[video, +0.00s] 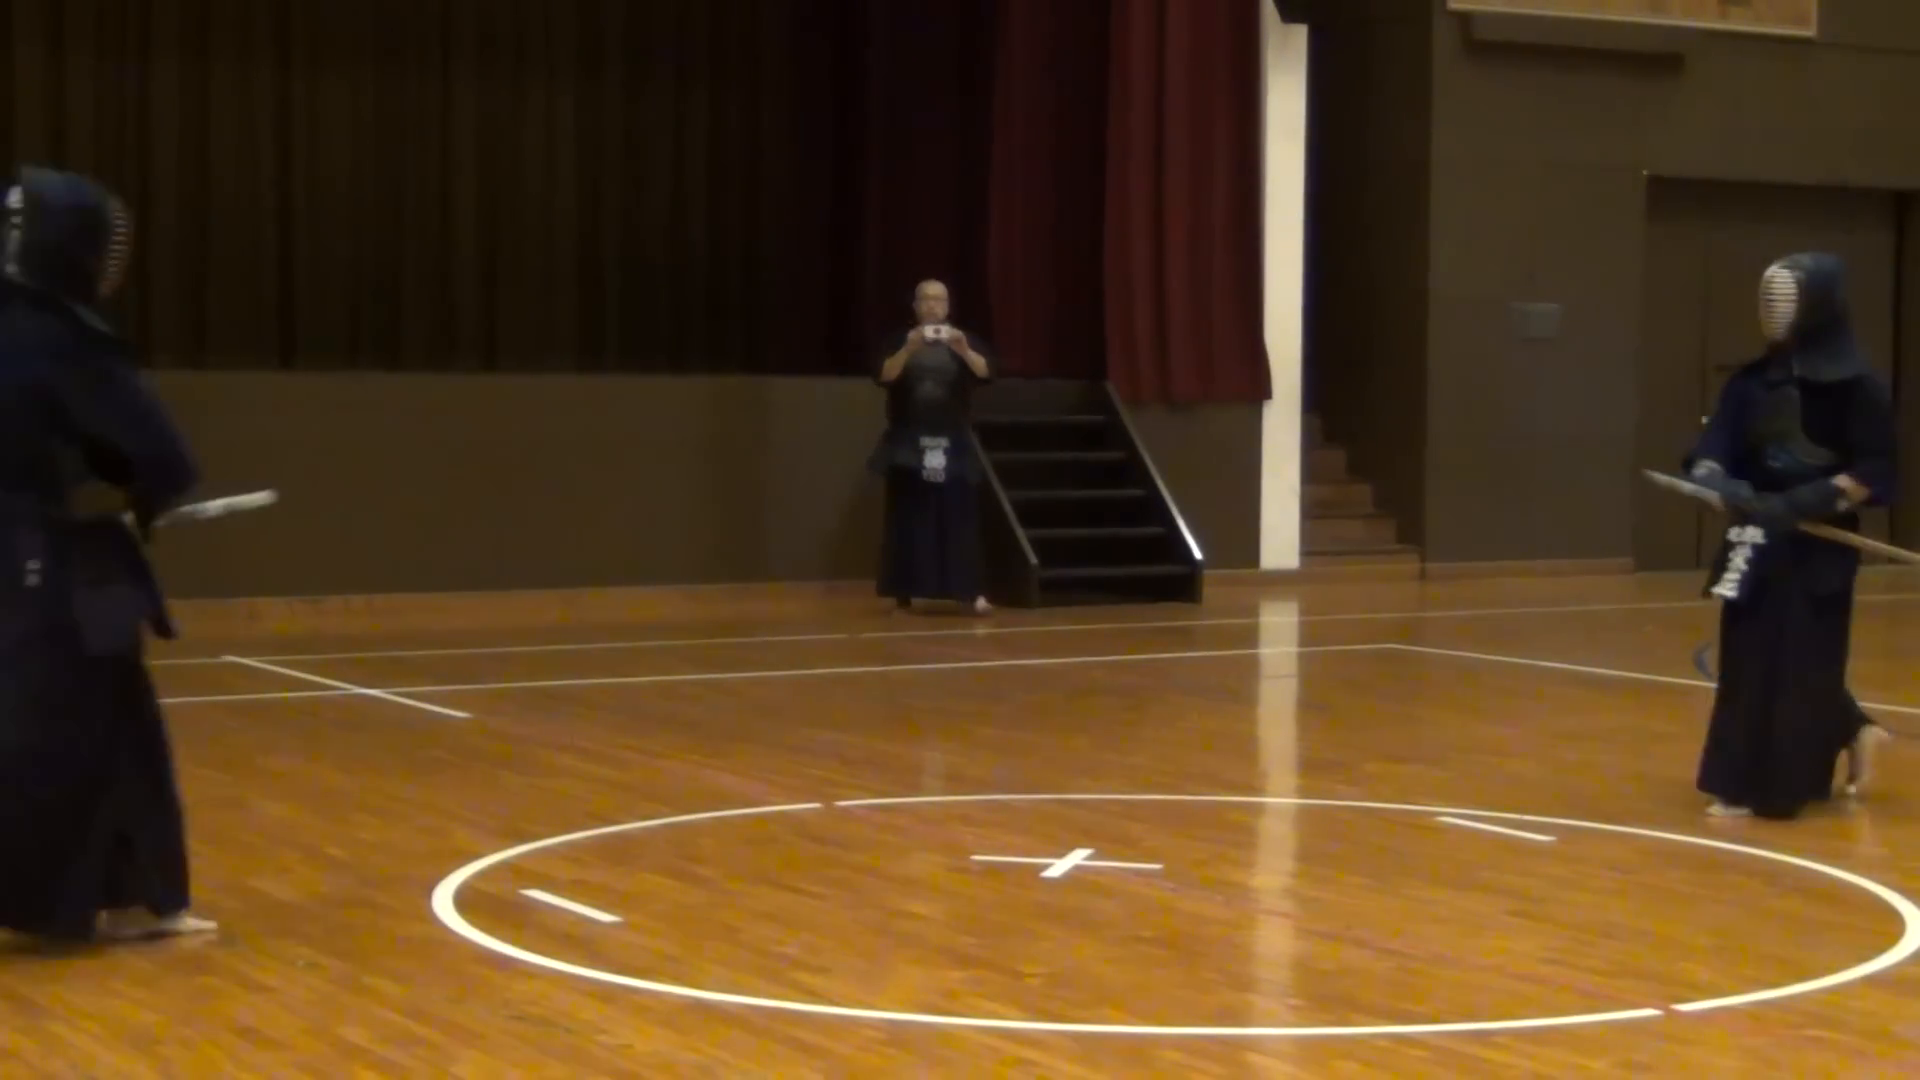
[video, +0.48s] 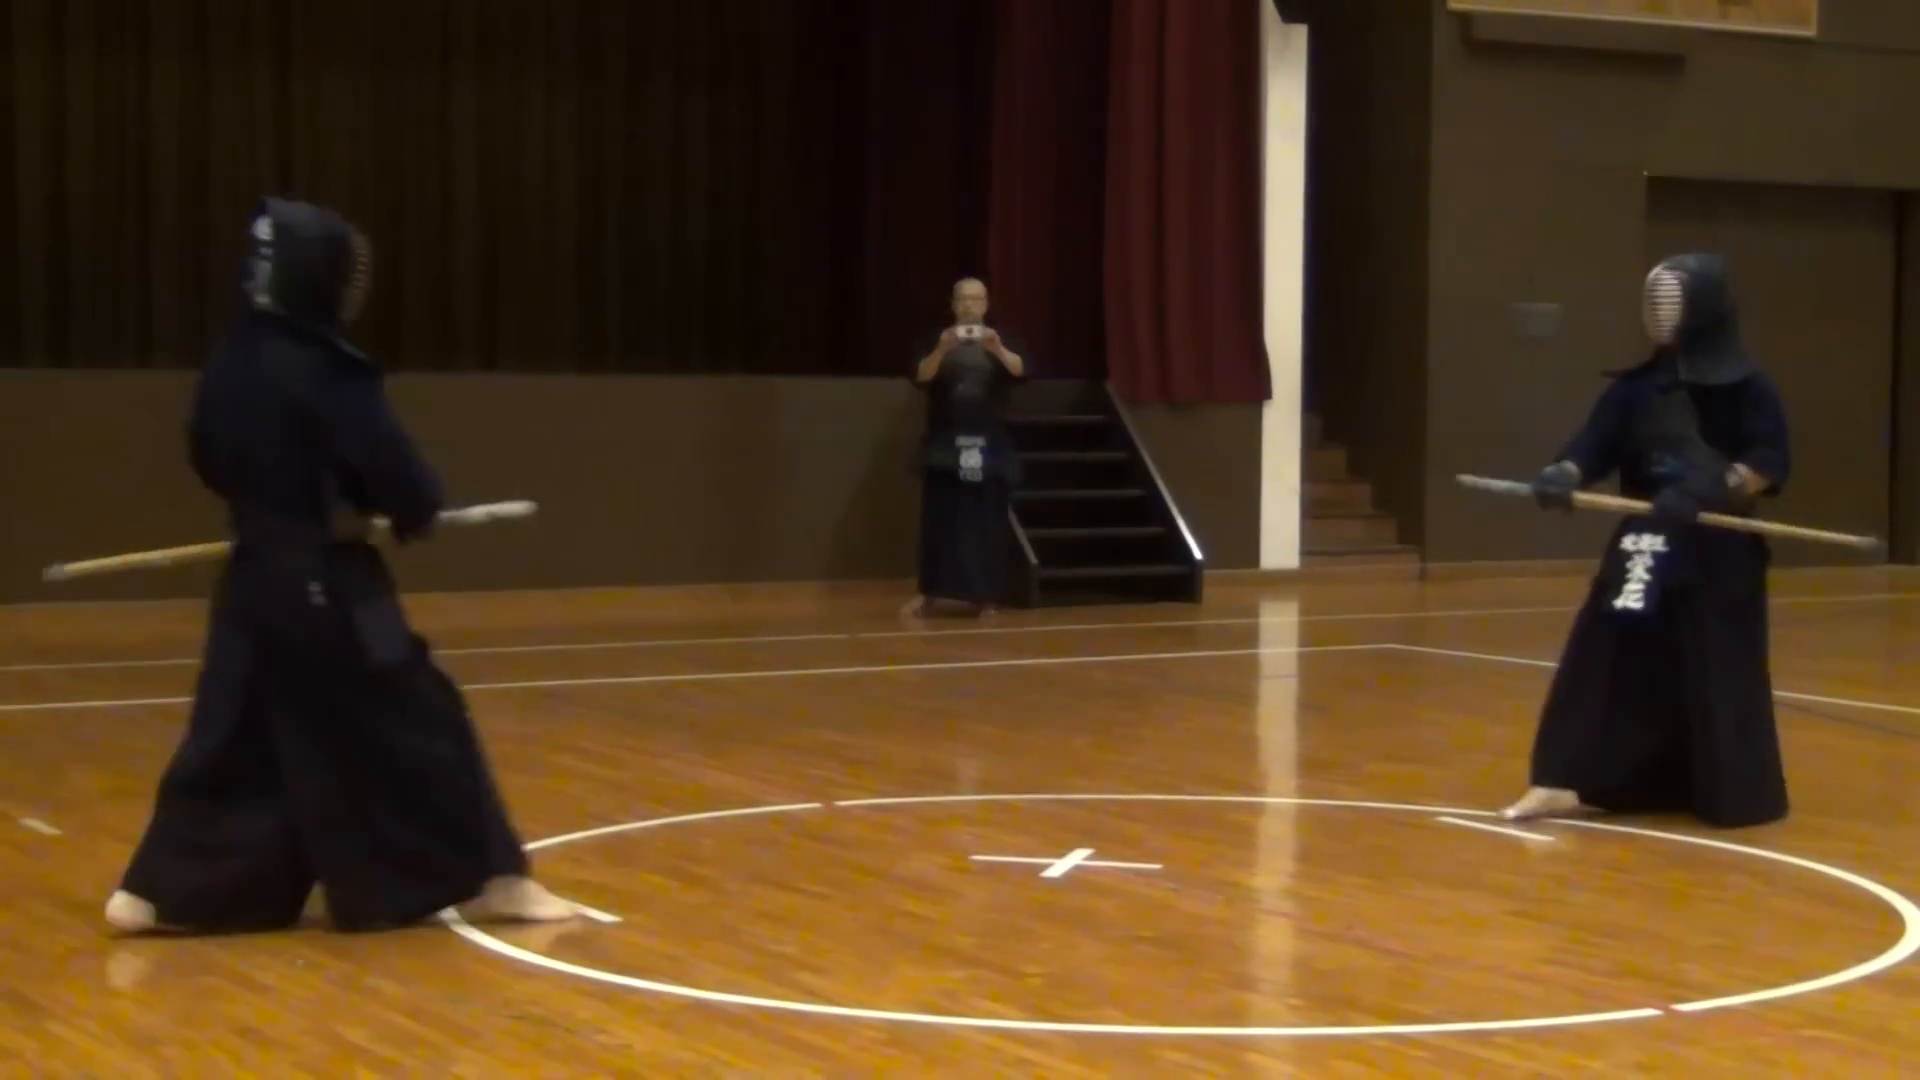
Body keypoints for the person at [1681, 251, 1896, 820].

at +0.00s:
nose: (1771, 312)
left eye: (1783, 301)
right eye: (1768, 301)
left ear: (1818, 305)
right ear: (1766, 304)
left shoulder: (1853, 386)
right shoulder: (1754, 379)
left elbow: (1873, 473)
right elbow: (1717, 440)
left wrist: (1796, 503)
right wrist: (1713, 472)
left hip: (1818, 539)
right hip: (1755, 532)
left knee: (1792, 656)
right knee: (1750, 651)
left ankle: (1746, 788)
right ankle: (1857, 734)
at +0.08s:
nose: (1752, 306)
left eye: (1764, 295)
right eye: (1749, 295)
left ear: (1797, 298)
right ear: (1745, 298)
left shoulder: (1830, 374)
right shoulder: (1735, 373)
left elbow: (1849, 466)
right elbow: (1691, 440)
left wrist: (1765, 494)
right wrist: (1695, 471)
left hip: (1803, 538)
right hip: (1741, 531)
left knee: (1780, 656)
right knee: (1734, 648)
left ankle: (1764, 787)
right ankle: (1814, 717)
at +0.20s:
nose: (1725, 299)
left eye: (1736, 288)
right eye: (1721, 287)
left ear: (1771, 291)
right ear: (1718, 292)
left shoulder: (1807, 369)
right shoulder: (1709, 367)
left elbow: (1826, 457)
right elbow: (1669, 429)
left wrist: (1747, 483)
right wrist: (1655, 454)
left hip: (1780, 536)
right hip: (1714, 528)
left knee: (1765, 655)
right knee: (1705, 649)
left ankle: (1768, 783)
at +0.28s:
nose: (1708, 301)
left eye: (1719, 290)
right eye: (1704, 289)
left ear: (1753, 292)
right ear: (1702, 293)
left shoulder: (1789, 368)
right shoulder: (1692, 367)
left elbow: (1821, 454)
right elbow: (1653, 419)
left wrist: (1754, 483)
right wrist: (1627, 449)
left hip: (1766, 536)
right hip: (1695, 527)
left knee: (1753, 654)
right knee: (1674, 647)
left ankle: (1759, 785)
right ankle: (1674, 779)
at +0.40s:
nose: (1679, 308)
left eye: (1691, 297)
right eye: (1676, 296)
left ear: (1725, 301)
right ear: (1675, 301)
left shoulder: (1765, 379)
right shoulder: (1662, 378)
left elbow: (1797, 456)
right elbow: (1621, 429)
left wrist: (1740, 487)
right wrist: (1592, 461)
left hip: (1738, 541)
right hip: (1662, 533)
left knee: (1729, 658)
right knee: (1628, 647)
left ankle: (1740, 788)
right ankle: (1599, 775)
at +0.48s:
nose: (1656, 314)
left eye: (1668, 302)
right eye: (1652, 302)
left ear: (1703, 307)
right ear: (1647, 307)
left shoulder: (1742, 385)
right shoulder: (1637, 386)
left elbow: (1770, 460)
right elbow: (1598, 440)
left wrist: (1711, 490)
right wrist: (1566, 471)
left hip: (1719, 544)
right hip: (1643, 537)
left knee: (1717, 662)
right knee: (1599, 650)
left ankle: (1729, 791)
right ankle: (1560, 780)